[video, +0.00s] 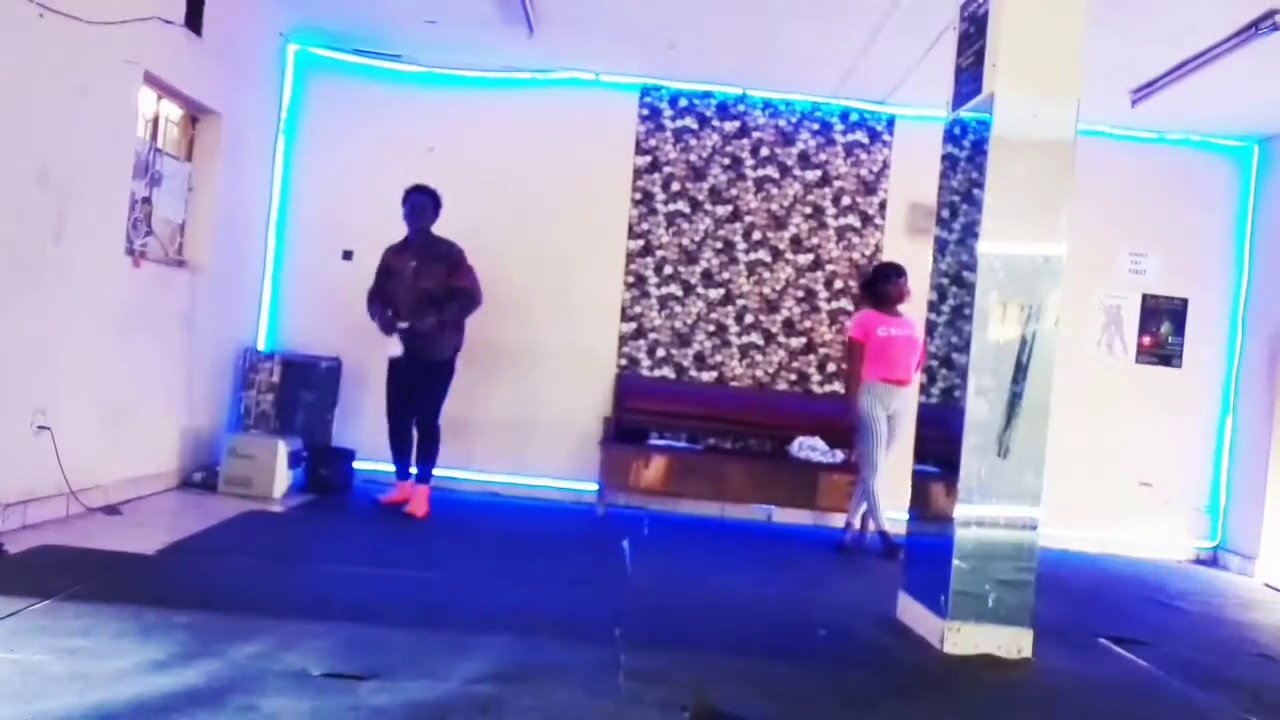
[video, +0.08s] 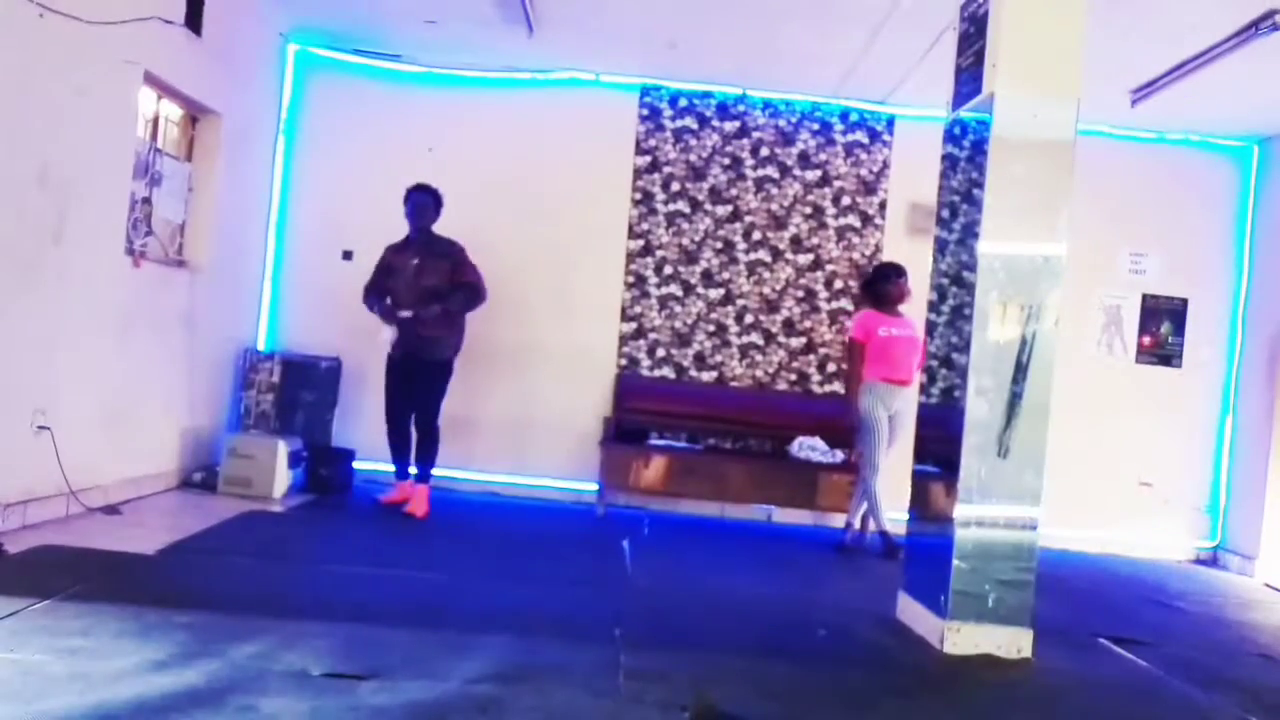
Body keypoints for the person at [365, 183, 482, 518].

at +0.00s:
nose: (414, 213)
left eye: (422, 208)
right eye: (410, 207)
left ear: (435, 213)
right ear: (403, 210)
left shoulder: (449, 253)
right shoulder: (394, 254)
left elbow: (470, 296)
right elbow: (376, 296)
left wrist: (435, 321)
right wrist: (385, 318)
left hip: (438, 354)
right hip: (405, 350)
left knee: (427, 420)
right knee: (398, 418)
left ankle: (423, 487)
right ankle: (403, 482)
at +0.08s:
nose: (417, 213)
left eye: (424, 207)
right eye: (412, 206)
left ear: (437, 212)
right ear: (405, 209)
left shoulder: (451, 253)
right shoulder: (394, 253)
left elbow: (475, 293)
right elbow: (372, 293)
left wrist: (435, 310)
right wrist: (387, 311)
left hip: (437, 352)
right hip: (403, 349)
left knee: (426, 419)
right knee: (396, 417)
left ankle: (422, 486)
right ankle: (402, 481)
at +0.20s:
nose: (419, 214)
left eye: (426, 208)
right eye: (414, 207)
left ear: (437, 213)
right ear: (405, 211)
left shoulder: (451, 252)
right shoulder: (394, 253)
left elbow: (483, 286)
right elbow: (364, 286)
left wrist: (448, 294)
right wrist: (378, 291)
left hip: (434, 351)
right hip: (398, 349)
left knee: (425, 418)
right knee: (395, 416)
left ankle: (422, 487)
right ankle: (402, 482)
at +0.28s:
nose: (418, 214)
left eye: (425, 209)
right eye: (413, 208)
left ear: (437, 213)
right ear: (405, 212)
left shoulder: (451, 252)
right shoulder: (393, 254)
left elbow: (485, 282)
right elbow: (360, 287)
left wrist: (455, 288)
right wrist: (372, 284)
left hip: (435, 350)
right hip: (398, 348)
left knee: (425, 417)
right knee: (396, 415)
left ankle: (423, 486)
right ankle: (401, 481)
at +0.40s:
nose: (421, 215)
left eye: (428, 209)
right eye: (415, 208)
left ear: (438, 214)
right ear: (407, 212)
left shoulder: (452, 251)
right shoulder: (393, 253)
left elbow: (491, 276)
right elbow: (355, 280)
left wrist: (457, 274)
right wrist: (379, 278)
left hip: (437, 349)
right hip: (399, 349)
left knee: (430, 416)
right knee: (397, 415)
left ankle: (427, 484)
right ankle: (401, 482)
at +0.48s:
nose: (423, 215)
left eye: (430, 209)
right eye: (417, 209)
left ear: (440, 214)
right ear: (409, 212)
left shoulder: (455, 251)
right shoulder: (393, 252)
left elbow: (493, 274)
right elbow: (353, 275)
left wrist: (459, 263)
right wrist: (386, 272)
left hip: (439, 351)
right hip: (401, 350)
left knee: (434, 417)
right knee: (399, 416)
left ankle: (432, 483)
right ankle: (401, 482)